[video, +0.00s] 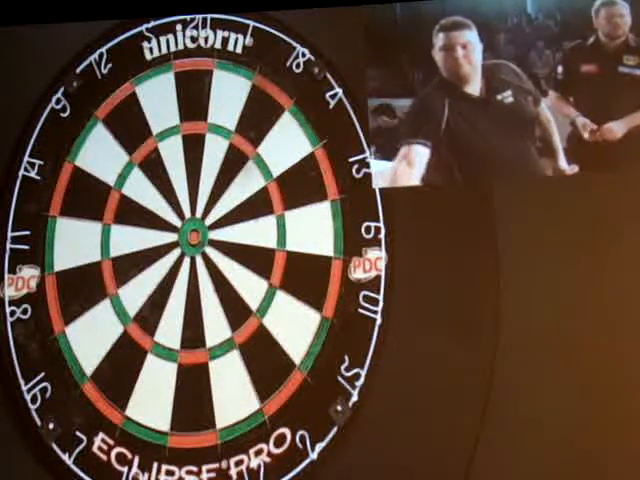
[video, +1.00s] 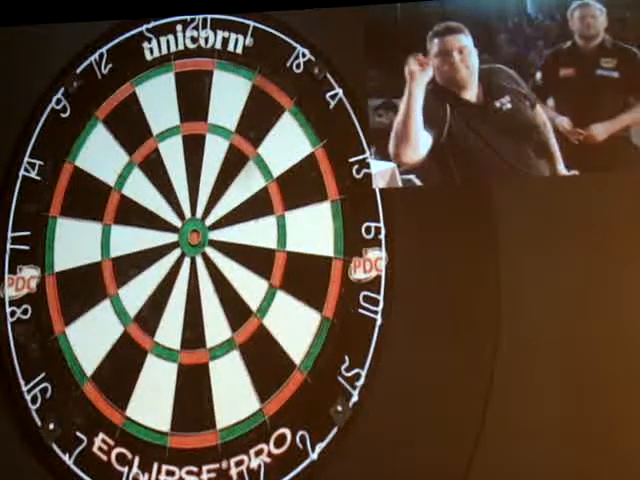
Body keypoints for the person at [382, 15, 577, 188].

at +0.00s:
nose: (458, 55)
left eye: (465, 46)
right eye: (448, 49)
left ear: (479, 49)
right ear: (435, 56)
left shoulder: (505, 74)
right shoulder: (432, 102)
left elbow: (542, 114)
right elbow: (409, 164)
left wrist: (560, 161)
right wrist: (396, 222)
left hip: (535, 197)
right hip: (475, 209)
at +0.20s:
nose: (456, 57)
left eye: (463, 47)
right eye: (445, 51)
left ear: (478, 51)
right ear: (433, 59)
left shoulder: (503, 74)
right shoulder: (432, 102)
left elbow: (542, 115)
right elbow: (402, 153)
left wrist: (561, 161)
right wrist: (367, 189)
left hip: (537, 195)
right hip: (480, 207)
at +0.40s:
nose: (455, 58)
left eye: (462, 49)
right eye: (444, 52)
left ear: (476, 52)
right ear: (431, 60)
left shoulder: (503, 76)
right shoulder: (430, 104)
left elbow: (540, 115)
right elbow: (404, 136)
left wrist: (559, 162)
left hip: (539, 188)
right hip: (484, 201)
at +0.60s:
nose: (454, 59)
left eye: (461, 50)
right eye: (443, 53)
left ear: (476, 53)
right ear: (430, 62)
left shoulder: (502, 77)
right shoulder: (432, 104)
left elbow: (539, 116)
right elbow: (394, 150)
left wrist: (559, 165)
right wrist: (382, 89)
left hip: (543, 193)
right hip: (485, 208)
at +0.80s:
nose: (454, 59)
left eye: (461, 49)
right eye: (443, 53)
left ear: (475, 52)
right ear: (430, 61)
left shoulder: (500, 76)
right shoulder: (431, 101)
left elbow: (538, 116)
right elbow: (401, 152)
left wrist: (560, 166)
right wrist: (403, 82)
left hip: (543, 192)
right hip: (485, 206)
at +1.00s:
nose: (456, 60)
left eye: (462, 51)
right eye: (444, 55)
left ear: (475, 54)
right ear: (430, 64)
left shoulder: (500, 77)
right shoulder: (432, 103)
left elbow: (538, 117)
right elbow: (405, 156)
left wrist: (559, 169)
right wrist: (415, 85)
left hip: (545, 192)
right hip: (489, 207)